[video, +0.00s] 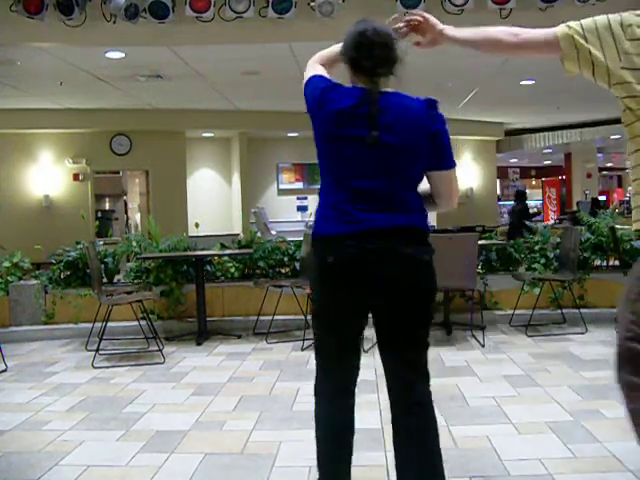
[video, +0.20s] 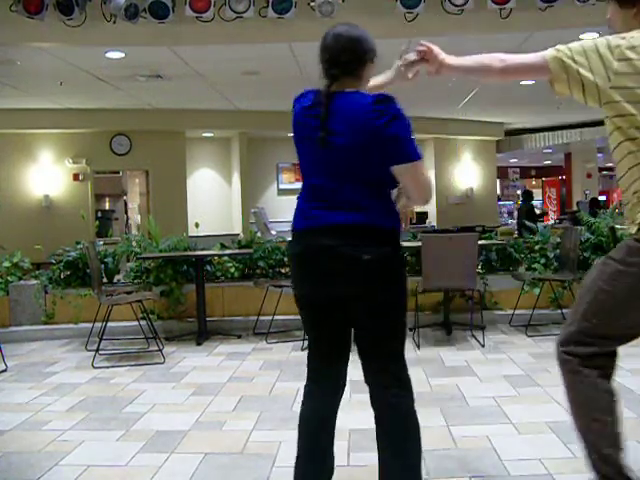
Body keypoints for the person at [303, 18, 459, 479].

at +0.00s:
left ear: (348, 66)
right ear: (395, 65)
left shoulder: (329, 106)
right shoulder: (423, 114)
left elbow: (317, 63)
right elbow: (446, 200)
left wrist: (365, 42)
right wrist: (412, 194)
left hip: (339, 257)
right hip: (405, 256)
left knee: (334, 383)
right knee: (410, 382)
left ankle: (333, 476)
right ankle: (423, 477)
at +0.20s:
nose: (374, 69)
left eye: (373, 63)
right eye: (373, 62)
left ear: (325, 66)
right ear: (368, 66)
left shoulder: (304, 108)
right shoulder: (383, 111)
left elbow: (354, 93)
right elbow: (420, 191)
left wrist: (399, 73)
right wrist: (402, 195)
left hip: (312, 252)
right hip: (374, 253)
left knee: (323, 375)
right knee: (388, 375)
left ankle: (310, 476)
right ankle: (401, 475)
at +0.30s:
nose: (361, 81)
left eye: (359, 73)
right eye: (358, 73)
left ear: (314, 76)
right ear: (348, 76)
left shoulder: (296, 125)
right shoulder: (353, 124)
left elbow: (347, 142)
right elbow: (393, 202)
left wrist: (395, 106)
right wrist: (400, 210)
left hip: (301, 259)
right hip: (349, 261)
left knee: (326, 377)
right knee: (379, 385)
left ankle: (299, 476)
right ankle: (392, 475)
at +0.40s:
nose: (354, 85)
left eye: (352, 76)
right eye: (347, 77)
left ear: (320, 83)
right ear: (325, 82)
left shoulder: (303, 127)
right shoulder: (317, 130)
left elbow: (349, 178)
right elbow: (348, 209)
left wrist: (399, 137)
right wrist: (386, 207)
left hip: (301, 267)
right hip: (324, 269)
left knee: (327, 382)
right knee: (358, 385)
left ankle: (299, 476)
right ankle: (371, 476)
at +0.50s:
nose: (341, 82)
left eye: (338, 74)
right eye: (332, 74)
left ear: (309, 81)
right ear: (306, 80)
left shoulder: (312, 129)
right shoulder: (294, 131)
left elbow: (345, 189)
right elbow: (309, 208)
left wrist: (398, 160)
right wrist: (362, 211)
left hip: (312, 266)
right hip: (300, 268)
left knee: (323, 379)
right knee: (338, 386)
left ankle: (293, 475)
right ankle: (332, 475)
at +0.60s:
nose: (327, 76)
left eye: (325, 69)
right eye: (319, 69)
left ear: (298, 76)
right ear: (293, 75)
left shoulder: (310, 128)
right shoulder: (274, 126)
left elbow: (338, 197)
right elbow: (278, 203)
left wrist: (386, 173)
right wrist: (338, 208)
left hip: (308, 260)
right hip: (286, 262)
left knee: (315, 371)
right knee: (318, 372)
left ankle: (291, 472)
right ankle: (285, 474)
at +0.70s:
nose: (313, 76)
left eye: (311, 69)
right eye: (305, 70)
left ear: (289, 77)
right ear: (279, 76)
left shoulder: (302, 130)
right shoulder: (255, 126)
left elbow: (325, 201)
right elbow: (253, 202)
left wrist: (371, 176)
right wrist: (317, 208)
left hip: (305, 257)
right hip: (270, 258)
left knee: (309, 372)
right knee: (291, 371)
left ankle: (293, 475)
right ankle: (217, 470)